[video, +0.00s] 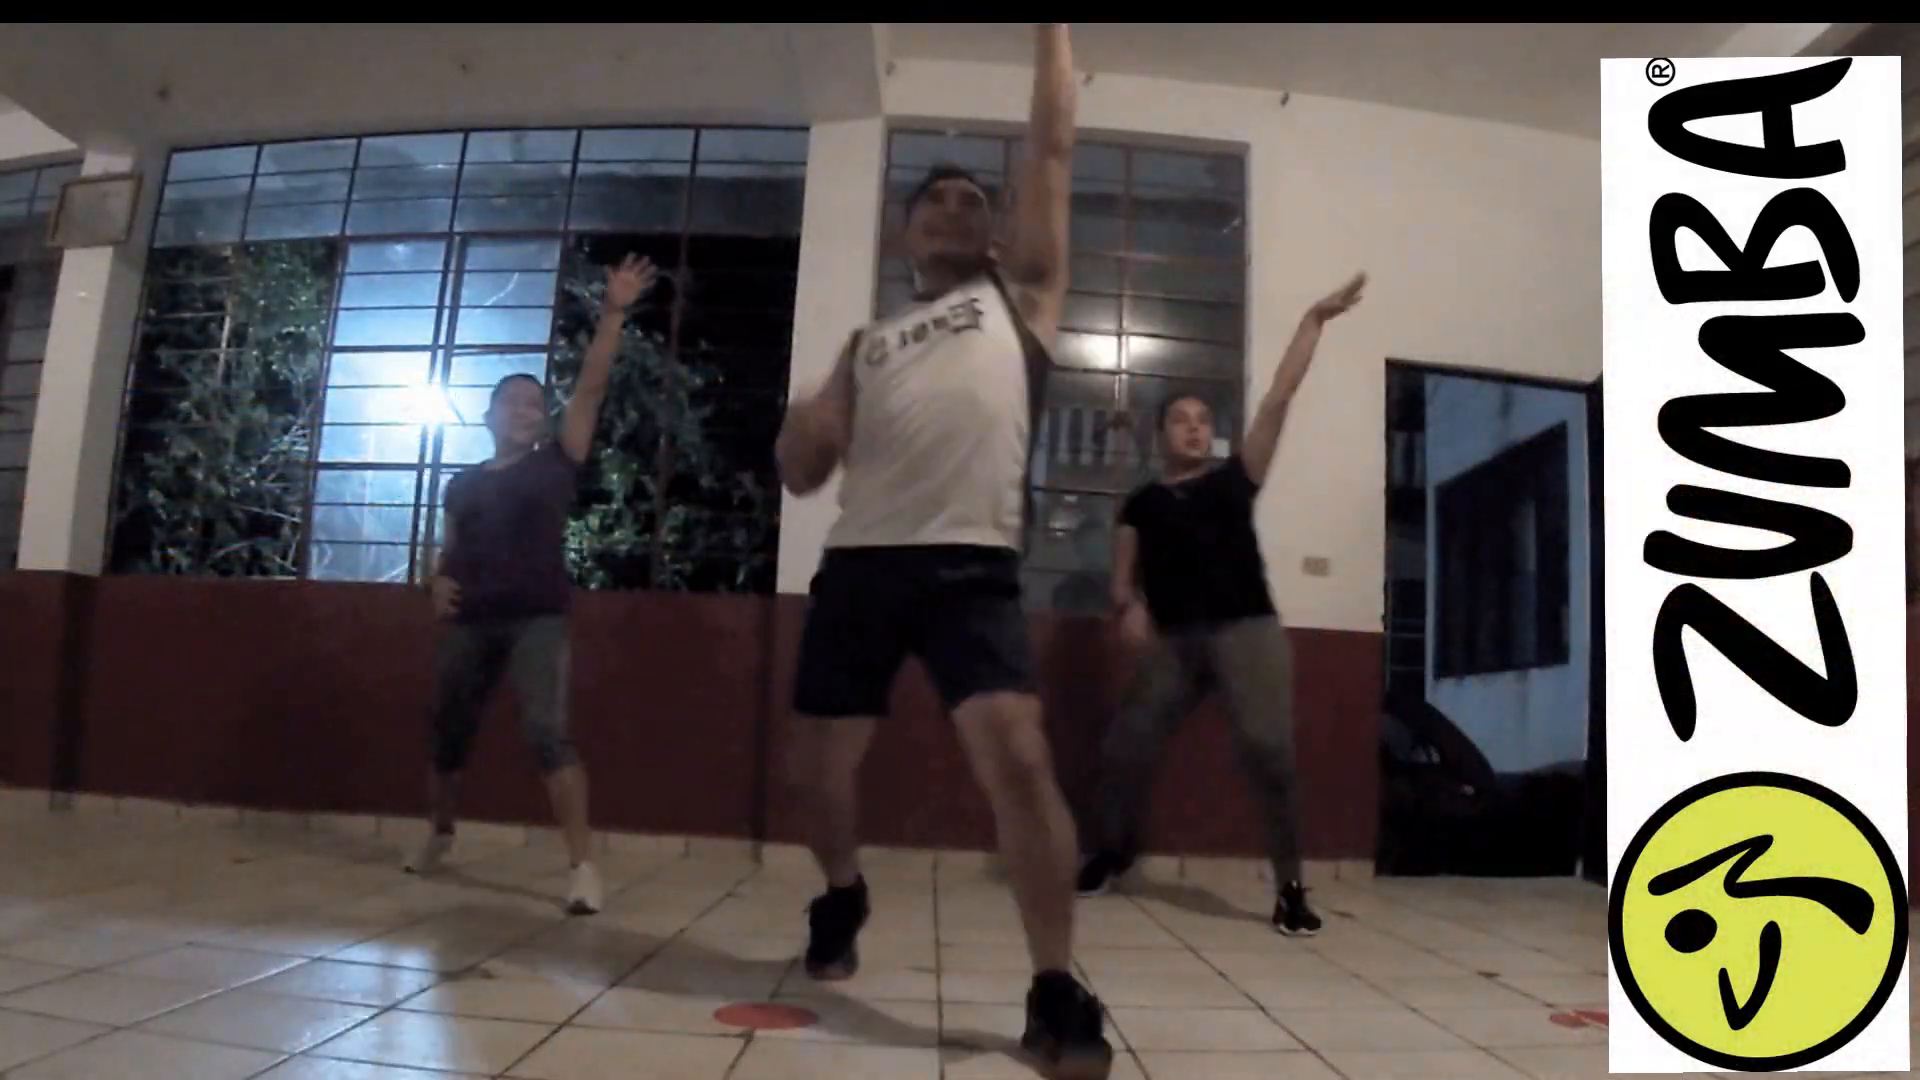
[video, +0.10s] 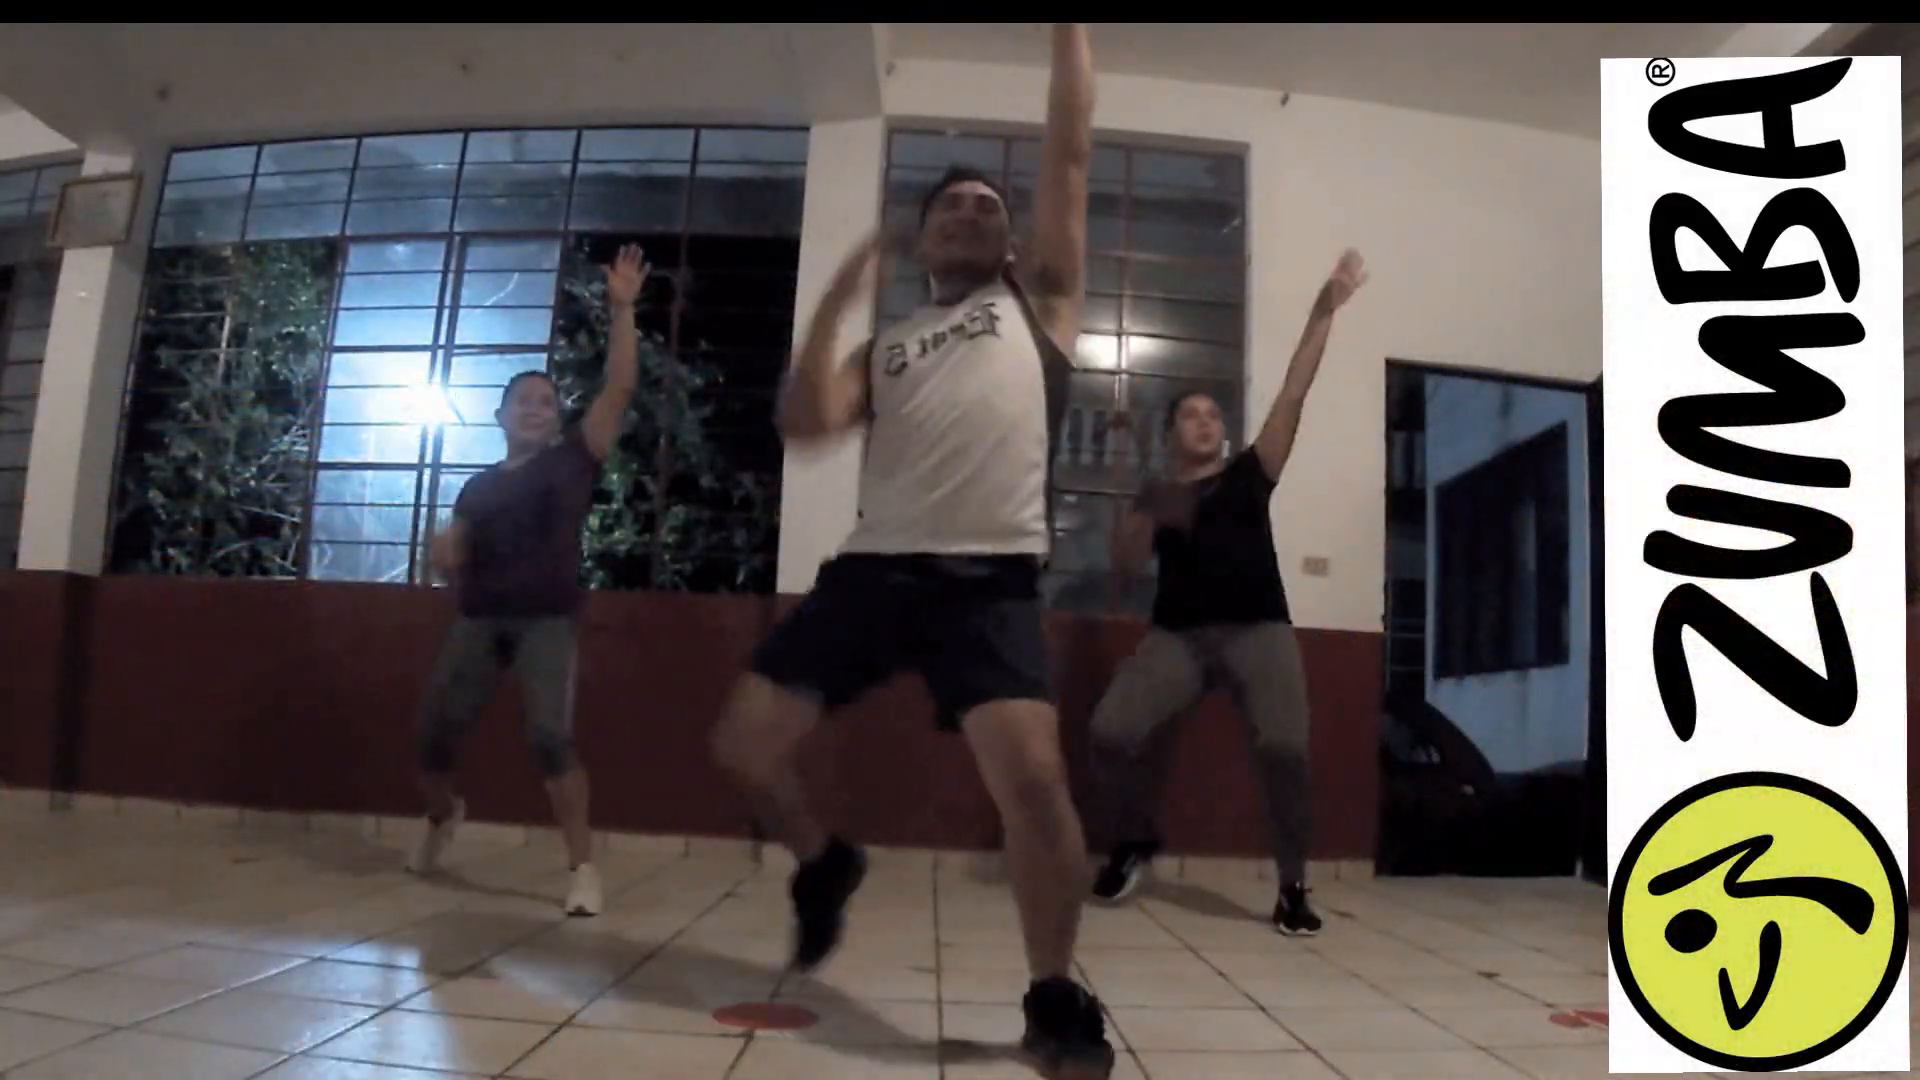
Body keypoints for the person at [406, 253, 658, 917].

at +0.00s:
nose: (528, 411)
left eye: (536, 405)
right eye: (517, 402)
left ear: (546, 419)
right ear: (493, 414)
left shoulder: (557, 465)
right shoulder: (465, 485)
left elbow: (591, 388)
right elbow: (449, 550)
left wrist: (615, 310)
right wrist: (440, 583)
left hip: (539, 613)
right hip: (473, 613)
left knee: (547, 734)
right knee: (447, 725)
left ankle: (582, 866)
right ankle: (439, 833)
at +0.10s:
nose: (538, 406)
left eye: (547, 400)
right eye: (527, 399)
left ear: (557, 416)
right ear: (504, 415)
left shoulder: (575, 461)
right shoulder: (479, 489)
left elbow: (618, 390)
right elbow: (455, 557)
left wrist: (623, 307)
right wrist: (443, 554)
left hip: (548, 617)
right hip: (479, 616)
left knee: (550, 739)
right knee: (435, 727)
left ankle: (582, 866)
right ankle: (442, 814)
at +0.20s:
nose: (537, 404)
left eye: (548, 397)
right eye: (526, 397)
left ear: (565, 412)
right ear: (508, 413)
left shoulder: (582, 461)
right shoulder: (487, 477)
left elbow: (640, 400)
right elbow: (420, 507)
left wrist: (627, 319)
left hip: (548, 618)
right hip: (481, 614)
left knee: (549, 738)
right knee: (416, 720)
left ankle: (581, 868)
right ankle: (438, 821)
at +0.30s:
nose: (535, 404)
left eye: (547, 397)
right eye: (526, 395)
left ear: (564, 413)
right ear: (507, 406)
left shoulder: (577, 466)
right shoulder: (477, 460)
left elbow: (642, 422)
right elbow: (411, 415)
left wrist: (632, 345)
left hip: (544, 617)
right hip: (474, 613)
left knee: (551, 739)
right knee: (403, 715)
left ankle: (581, 867)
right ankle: (398, 838)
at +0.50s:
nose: (515, 425)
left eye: (527, 418)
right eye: (506, 413)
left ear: (540, 433)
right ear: (485, 420)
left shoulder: (541, 493)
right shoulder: (451, 458)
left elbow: (611, 508)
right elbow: (428, 367)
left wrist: (604, 426)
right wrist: (426, 283)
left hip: (512, 619)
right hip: (441, 616)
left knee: (537, 738)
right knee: (381, 735)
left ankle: (581, 868)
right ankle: (374, 861)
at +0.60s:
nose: (511, 416)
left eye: (520, 409)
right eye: (501, 405)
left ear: (526, 418)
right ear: (475, 406)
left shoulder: (532, 480)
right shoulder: (436, 449)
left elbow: (587, 543)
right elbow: (395, 365)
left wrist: (578, 497)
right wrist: (419, 292)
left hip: (505, 616)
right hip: (432, 615)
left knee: (540, 725)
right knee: (378, 727)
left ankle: (575, 860)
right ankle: (372, 860)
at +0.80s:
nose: (499, 406)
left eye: (510, 398)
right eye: (489, 395)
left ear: (525, 409)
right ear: (470, 403)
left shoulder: (542, 469)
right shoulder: (443, 456)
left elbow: (592, 528)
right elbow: (369, 419)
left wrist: (579, 586)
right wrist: (403, 354)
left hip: (510, 618)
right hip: (441, 614)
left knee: (530, 738)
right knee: (387, 721)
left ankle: (576, 824)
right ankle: (369, 856)